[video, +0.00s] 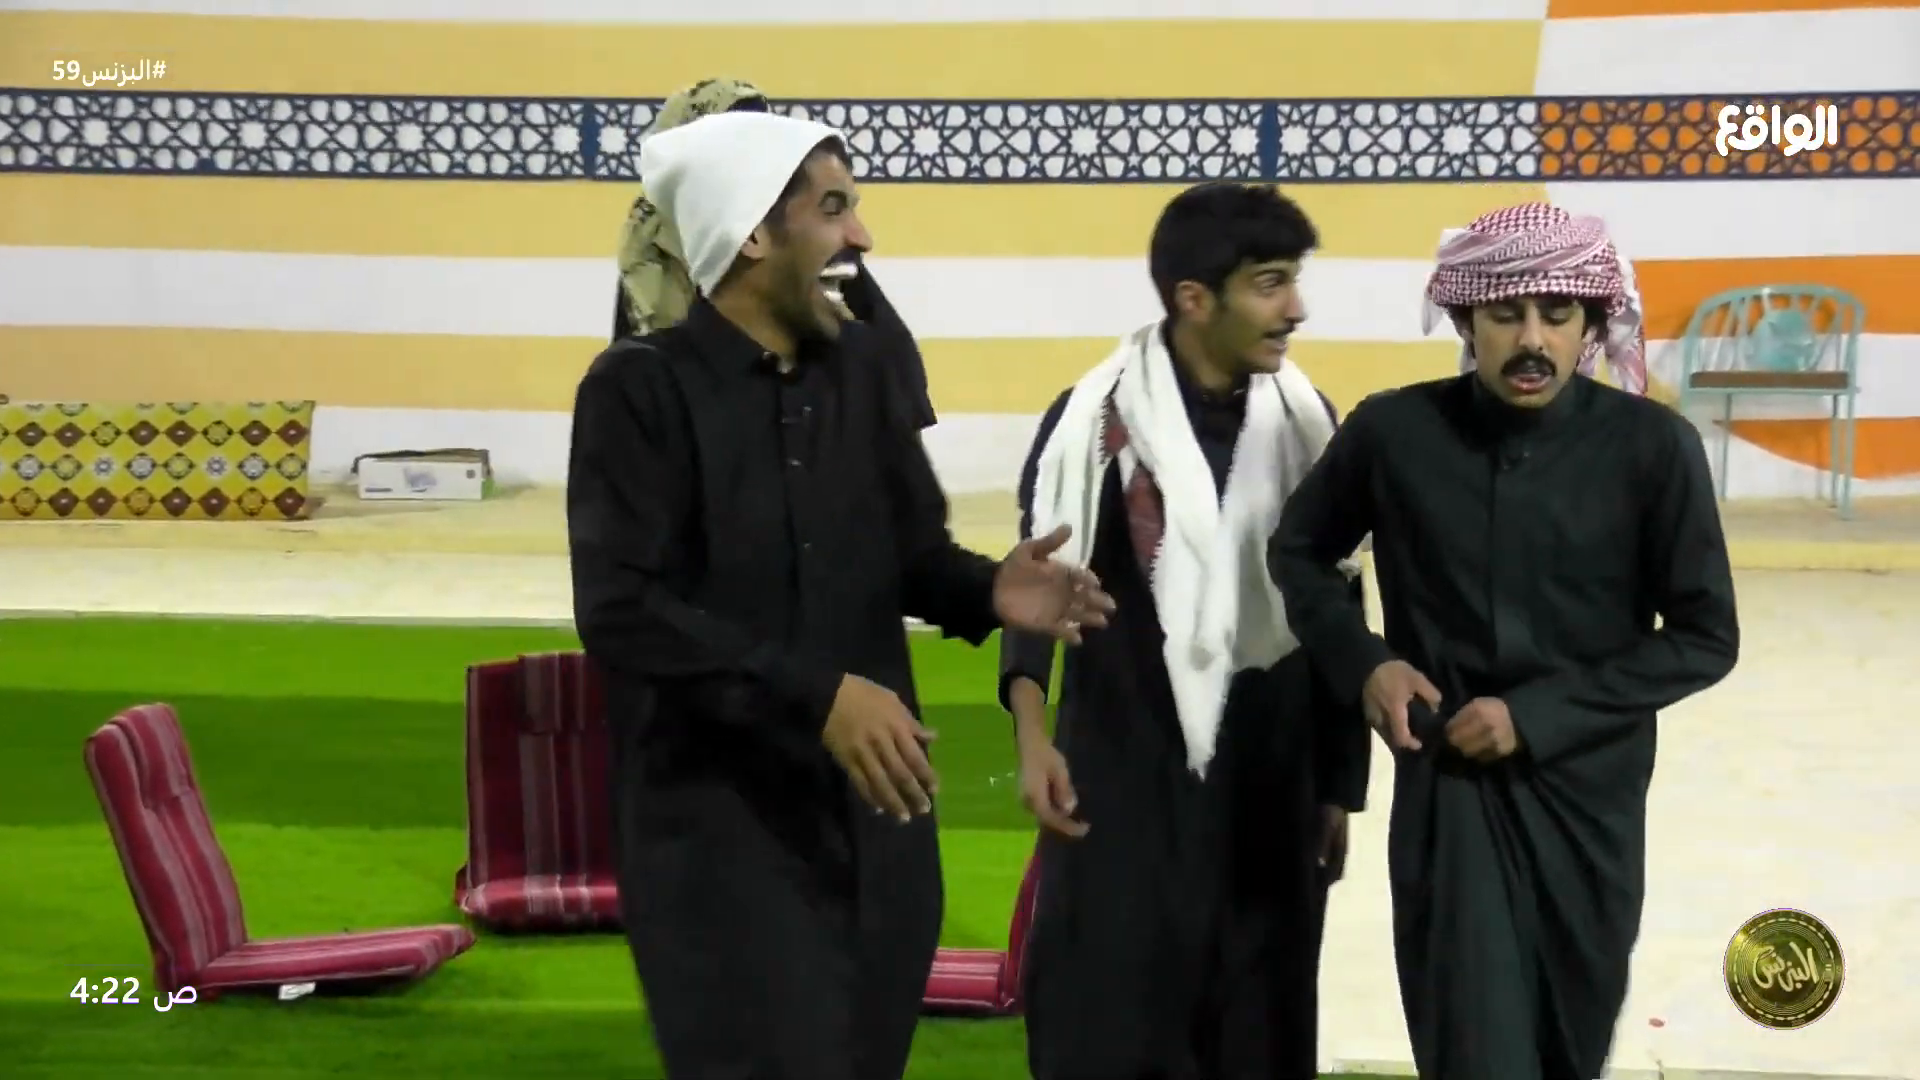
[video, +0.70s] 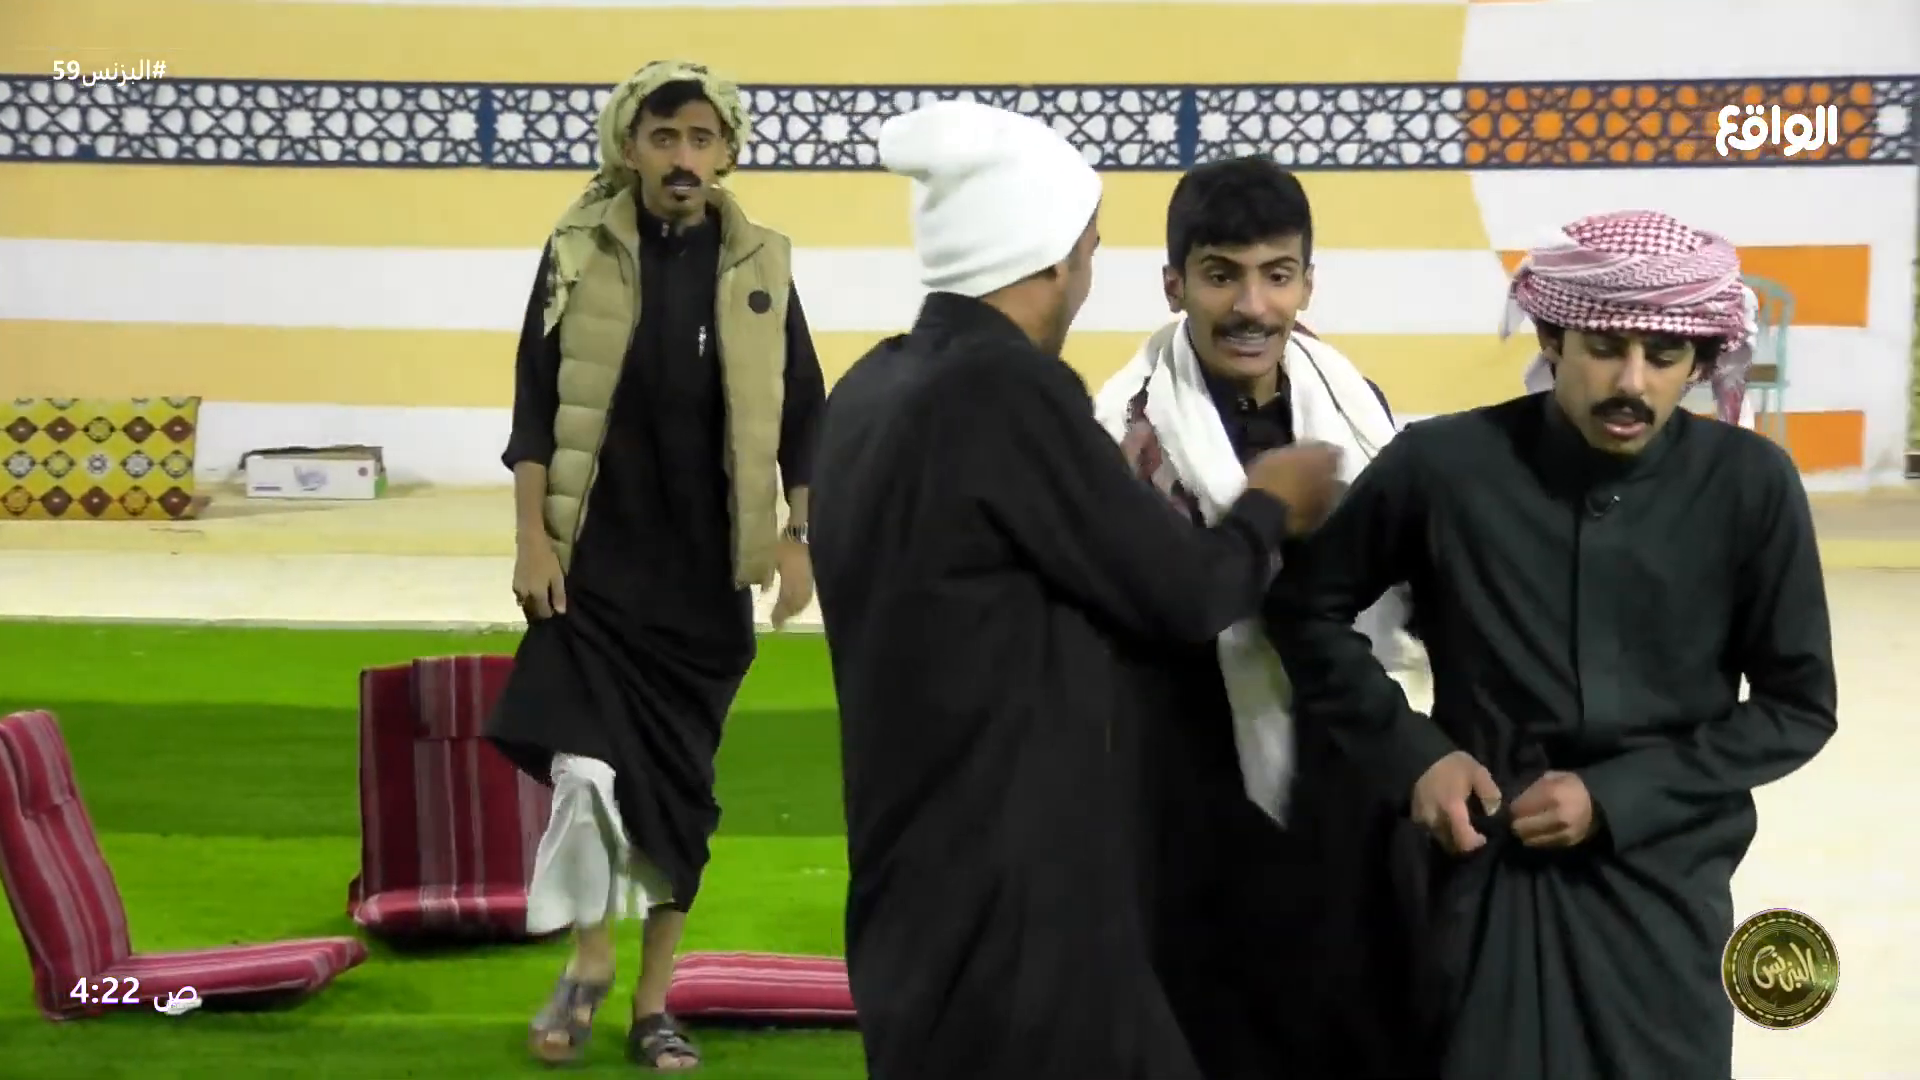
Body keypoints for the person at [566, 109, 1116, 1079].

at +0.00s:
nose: (859, 234)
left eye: (851, 204)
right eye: (830, 207)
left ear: (765, 238)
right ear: (751, 236)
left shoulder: (862, 362)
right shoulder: (636, 389)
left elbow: (911, 554)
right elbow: (619, 616)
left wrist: (991, 588)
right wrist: (821, 694)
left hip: (871, 825)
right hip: (714, 837)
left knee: (863, 1055)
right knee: (756, 1057)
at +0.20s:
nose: (943, 256)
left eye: (935, 224)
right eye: (914, 224)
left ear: (854, 249)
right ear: (832, 248)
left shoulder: (927, 387)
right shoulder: (705, 404)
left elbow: (974, 593)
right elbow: (655, 648)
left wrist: (1059, 616)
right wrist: (865, 738)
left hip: (925, 832)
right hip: (764, 844)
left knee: (926, 1057)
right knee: (872, 1056)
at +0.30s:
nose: (989, 290)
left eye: (984, 260)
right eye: (974, 260)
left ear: (913, 275)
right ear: (906, 276)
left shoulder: (932, 418)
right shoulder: (759, 426)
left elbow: (970, 634)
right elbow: (750, 675)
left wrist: (1107, 621)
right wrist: (986, 743)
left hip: (953, 881)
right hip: (828, 898)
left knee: (977, 1055)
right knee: (891, 1058)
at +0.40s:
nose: (1006, 300)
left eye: (1002, 268)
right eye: (997, 268)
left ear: (938, 279)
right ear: (939, 280)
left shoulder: (909, 429)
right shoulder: (817, 432)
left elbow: (950, 636)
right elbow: (864, 661)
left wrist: (1114, 595)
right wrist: (1085, 715)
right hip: (877, 918)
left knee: (1013, 1056)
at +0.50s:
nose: (1034, 289)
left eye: (1033, 257)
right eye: (1029, 257)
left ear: (956, 266)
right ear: (975, 268)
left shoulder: (844, 400)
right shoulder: (897, 402)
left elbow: (948, 617)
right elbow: (1017, 616)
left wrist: (1087, 550)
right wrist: (1179, 619)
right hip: (955, 904)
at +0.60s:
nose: (1057, 278)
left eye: (1058, 247)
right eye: (1053, 247)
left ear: (958, 248)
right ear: (1001, 253)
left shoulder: (843, 390)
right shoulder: (942, 388)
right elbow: (1128, 608)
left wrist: (1057, 508)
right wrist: (1199, 546)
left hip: (902, 902)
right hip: (997, 911)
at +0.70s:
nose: (1096, 268)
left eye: (1093, 242)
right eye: (1093, 244)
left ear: (956, 248)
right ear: (1060, 255)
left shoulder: (860, 397)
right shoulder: (1011, 388)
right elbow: (1187, 592)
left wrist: (1106, 499)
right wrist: (1269, 505)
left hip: (916, 908)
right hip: (1042, 915)